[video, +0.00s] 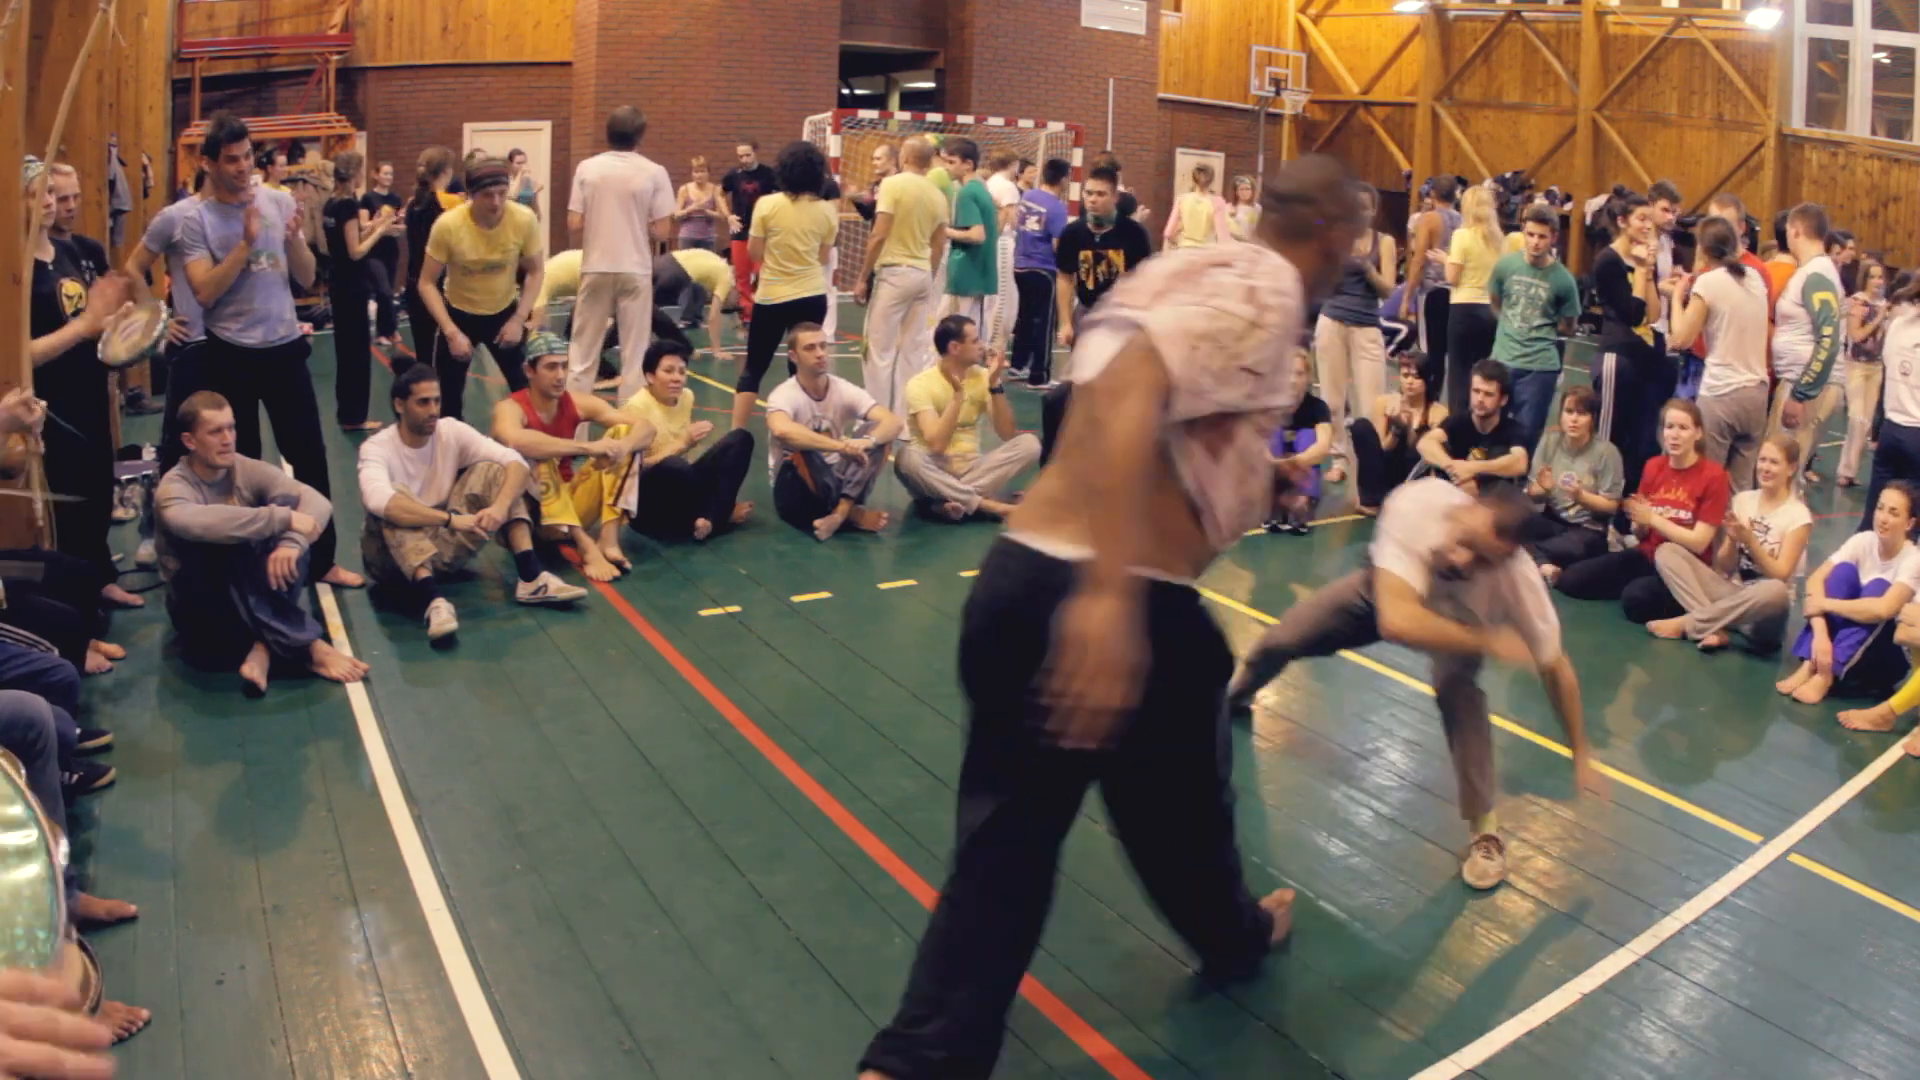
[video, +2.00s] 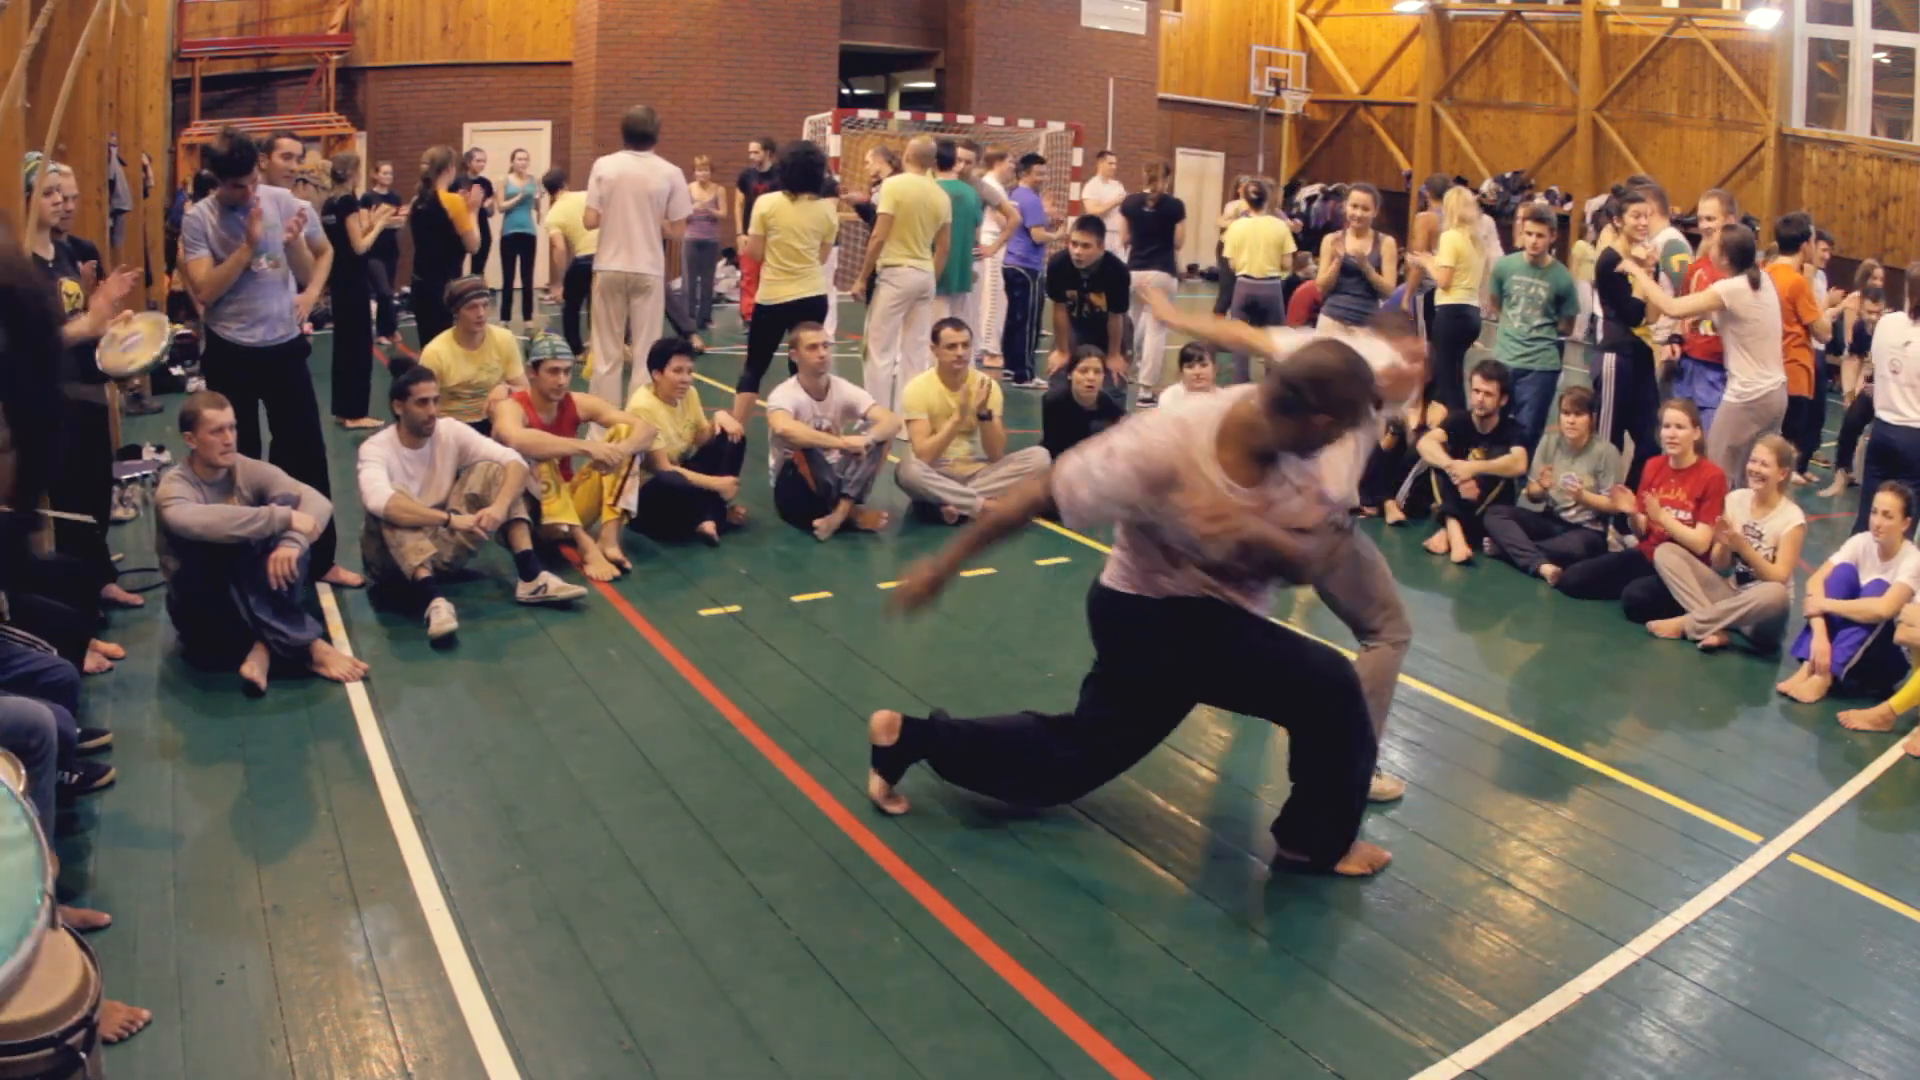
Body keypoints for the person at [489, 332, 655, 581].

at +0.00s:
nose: (560, 375)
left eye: (564, 366)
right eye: (551, 368)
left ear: (569, 367)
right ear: (529, 370)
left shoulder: (580, 403)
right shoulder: (509, 408)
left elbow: (645, 427)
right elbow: (516, 441)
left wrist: (625, 446)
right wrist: (587, 447)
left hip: (572, 506)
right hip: (527, 513)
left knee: (623, 444)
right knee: (542, 465)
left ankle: (609, 538)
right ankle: (587, 546)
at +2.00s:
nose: (562, 380)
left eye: (567, 372)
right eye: (553, 372)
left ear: (572, 372)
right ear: (532, 372)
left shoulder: (581, 403)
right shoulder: (510, 408)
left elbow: (646, 429)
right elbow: (515, 440)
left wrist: (622, 449)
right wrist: (586, 446)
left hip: (571, 506)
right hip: (527, 513)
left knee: (624, 432)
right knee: (543, 464)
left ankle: (609, 537)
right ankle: (587, 545)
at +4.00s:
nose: (564, 381)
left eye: (568, 372)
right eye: (555, 373)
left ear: (573, 371)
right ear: (532, 373)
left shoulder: (578, 401)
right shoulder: (510, 407)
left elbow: (645, 428)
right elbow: (508, 439)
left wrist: (625, 451)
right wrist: (583, 451)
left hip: (571, 504)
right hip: (527, 510)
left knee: (624, 432)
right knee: (540, 467)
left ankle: (609, 536)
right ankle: (586, 546)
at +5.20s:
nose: (561, 381)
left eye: (566, 372)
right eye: (552, 373)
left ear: (571, 371)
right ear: (530, 372)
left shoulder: (578, 401)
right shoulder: (508, 408)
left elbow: (644, 427)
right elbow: (508, 439)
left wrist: (626, 450)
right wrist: (582, 452)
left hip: (570, 507)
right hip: (526, 512)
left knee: (624, 433)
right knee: (539, 465)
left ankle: (609, 537)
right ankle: (586, 546)